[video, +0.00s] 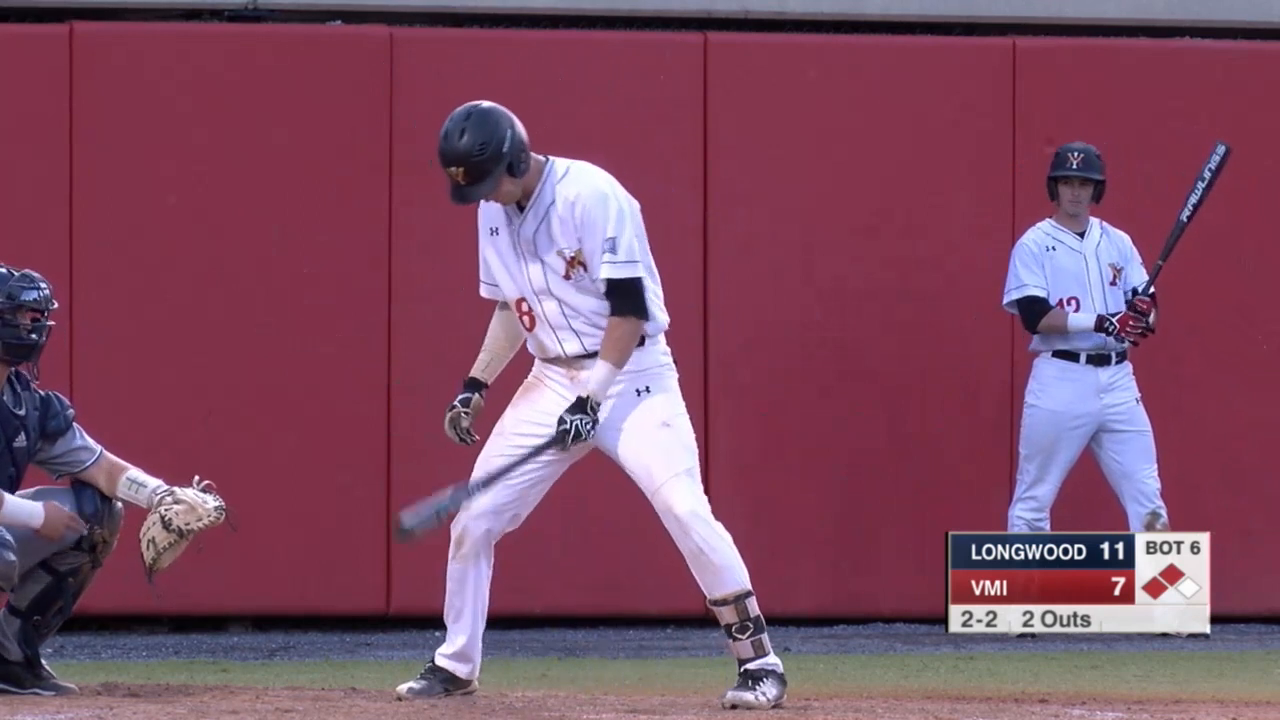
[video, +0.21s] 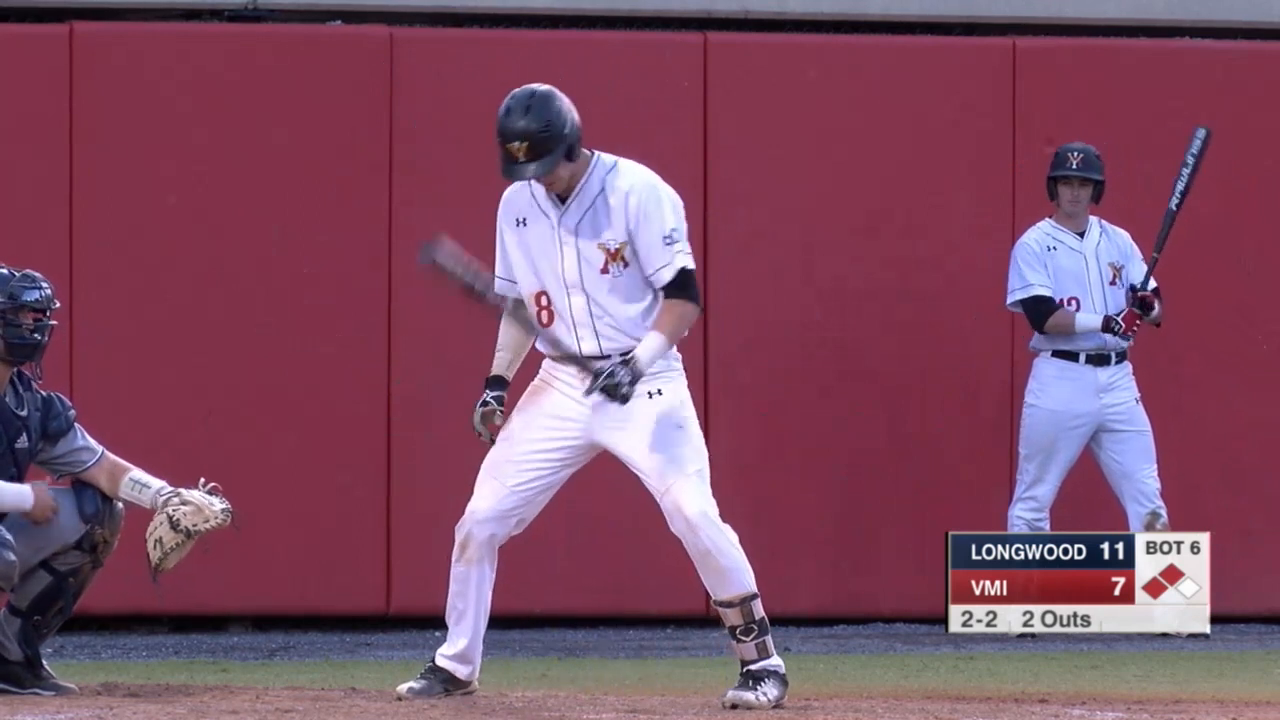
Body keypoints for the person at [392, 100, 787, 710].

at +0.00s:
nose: (485, 199)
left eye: (488, 186)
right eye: (477, 191)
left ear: (515, 162)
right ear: (476, 172)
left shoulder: (594, 193)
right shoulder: (492, 207)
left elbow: (629, 309)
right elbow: (510, 308)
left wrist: (589, 396)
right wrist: (473, 389)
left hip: (632, 378)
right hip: (552, 381)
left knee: (681, 505)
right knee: (474, 519)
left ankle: (759, 664)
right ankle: (455, 665)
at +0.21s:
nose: (535, 179)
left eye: (542, 166)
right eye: (525, 168)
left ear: (571, 146)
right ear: (515, 154)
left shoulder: (638, 190)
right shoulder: (516, 203)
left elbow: (684, 295)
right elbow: (519, 306)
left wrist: (639, 359)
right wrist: (497, 382)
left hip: (645, 383)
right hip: (558, 389)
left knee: (691, 512)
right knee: (479, 522)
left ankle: (761, 665)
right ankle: (455, 666)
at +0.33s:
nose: (578, 168)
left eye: (586, 154)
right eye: (566, 157)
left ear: (606, 135)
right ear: (546, 146)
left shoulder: (654, 188)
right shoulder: (524, 202)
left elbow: (716, 287)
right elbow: (514, 301)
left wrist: (695, 317)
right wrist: (496, 377)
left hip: (648, 384)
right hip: (561, 386)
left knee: (694, 513)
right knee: (482, 524)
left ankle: (762, 665)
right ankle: (455, 665)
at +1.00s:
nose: (628, 124)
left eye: (631, 112)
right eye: (613, 116)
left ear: (637, 114)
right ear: (577, 123)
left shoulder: (669, 197)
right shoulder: (535, 194)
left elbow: (680, 312)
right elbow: (520, 291)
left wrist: (643, 387)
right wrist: (520, 369)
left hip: (652, 380)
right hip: (561, 383)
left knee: (697, 513)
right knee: (483, 523)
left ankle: (762, 663)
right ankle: (455, 665)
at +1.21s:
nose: (603, 131)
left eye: (608, 119)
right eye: (588, 122)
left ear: (616, 120)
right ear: (555, 128)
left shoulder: (644, 197)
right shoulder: (519, 194)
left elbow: (632, 314)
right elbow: (503, 285)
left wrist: (560, 359)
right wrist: (479, 346)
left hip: (636, 388)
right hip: (547, 391)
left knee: (686, 510)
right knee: (473, 521)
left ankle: (760, 664)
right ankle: (454, 665)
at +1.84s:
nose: (593, 142)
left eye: (597, 129)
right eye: (577, 134)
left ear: (606, 130)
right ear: (548, 143)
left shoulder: (648, 196)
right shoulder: (521, 224)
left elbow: (672, 309)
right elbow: (530, 329)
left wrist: (611, 382)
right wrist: (555, 384)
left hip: (655, 396)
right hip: (569, 406)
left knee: (696, 516)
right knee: (482, 528)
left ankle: (762, 665)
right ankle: (454, 667)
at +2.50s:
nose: (598, 151)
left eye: (603, 139)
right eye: (582, 141)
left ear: (611, 141)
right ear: (550, 147)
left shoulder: (638, 215)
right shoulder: (511, 218)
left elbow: (630, 333)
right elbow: (491, 302)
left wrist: (543, 378)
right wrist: (489, 360)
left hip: (636, 405)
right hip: (547, 408)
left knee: (686, 518)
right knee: (465, 524)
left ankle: (761, 665)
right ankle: (453, 665)